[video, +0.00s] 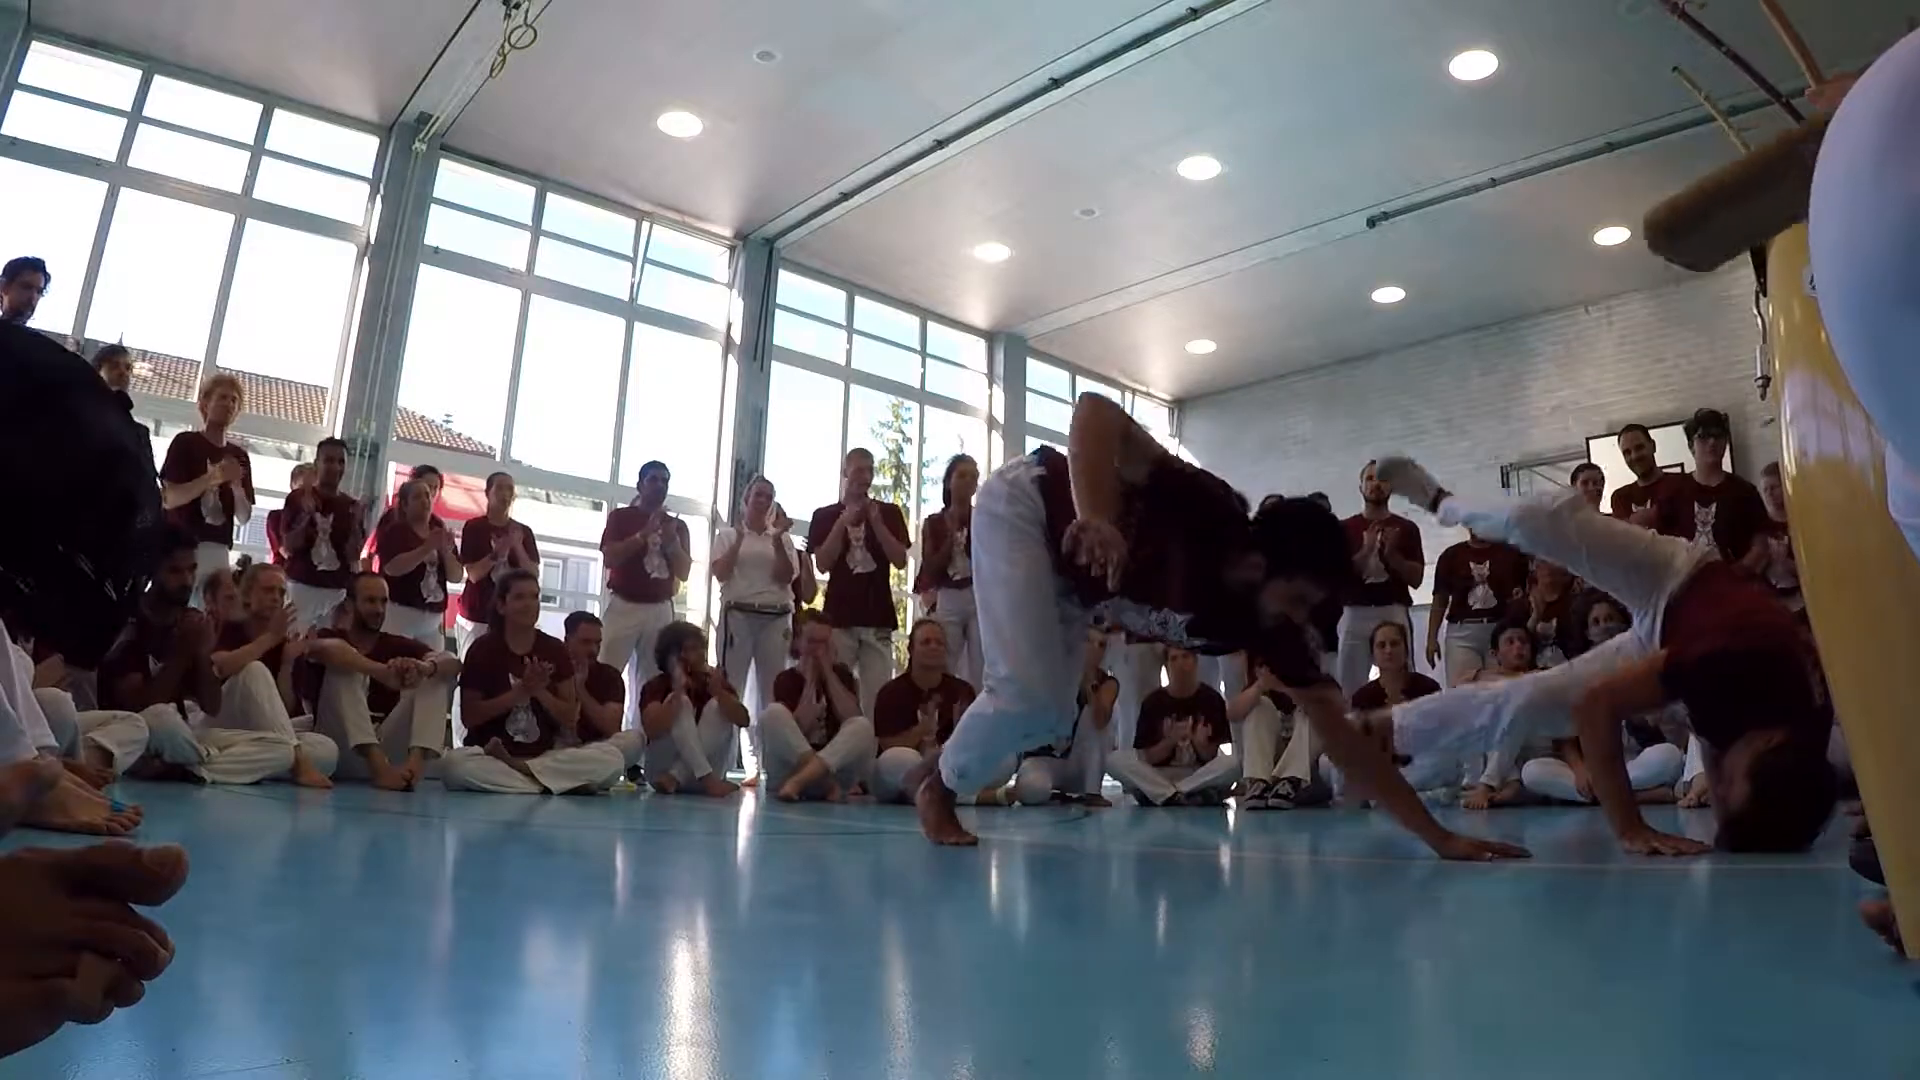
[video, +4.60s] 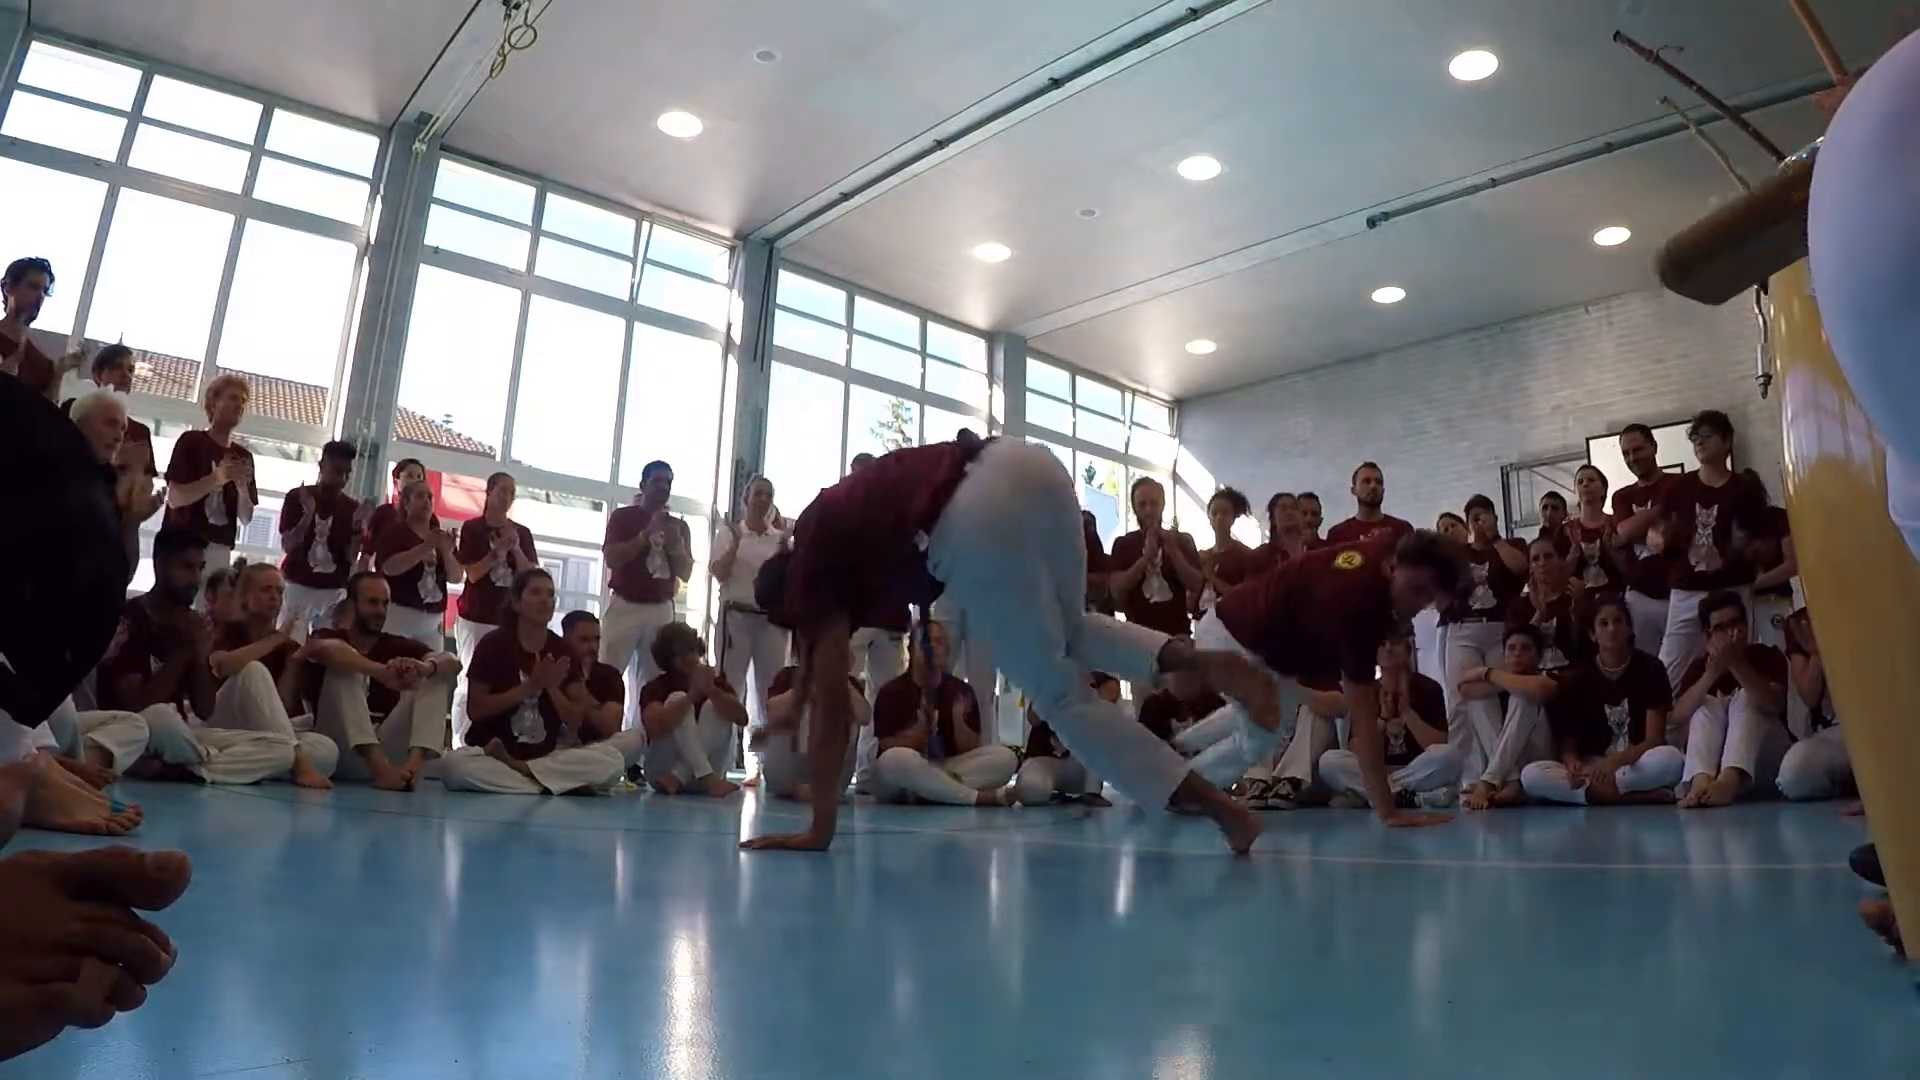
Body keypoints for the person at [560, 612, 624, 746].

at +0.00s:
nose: (593, 650)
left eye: (598, 643)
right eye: (586, 642)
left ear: (601, 643)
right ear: (567, 641)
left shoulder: (610, 675)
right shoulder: (552, 673)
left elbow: (611, 727)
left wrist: (581, 690)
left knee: (635, 738)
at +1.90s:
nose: (593, 650)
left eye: (597, 643)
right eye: (586, 642)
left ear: (601, 643)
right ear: (567, 640)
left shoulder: (609, 674)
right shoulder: (550, 672)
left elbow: (610, 729)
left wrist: (582, 692)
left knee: (634, 739)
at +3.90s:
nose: (591, 646)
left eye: (595, 639)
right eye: (583, 639)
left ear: (599, 640)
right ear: (565, 640)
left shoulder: (609, 675)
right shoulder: (550, 673)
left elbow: (611, 728)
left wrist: (582, 691)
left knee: (634, 738)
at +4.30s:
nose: (591, 646)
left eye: (596, 639)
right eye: (583, 639)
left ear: (600, 640)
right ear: (565, 640)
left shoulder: (609, 675)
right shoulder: (550, 673)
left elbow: (610, 729)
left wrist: (578, 690)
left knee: (634, 738)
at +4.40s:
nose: (592, 646)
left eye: (596, 639)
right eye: (583, 639)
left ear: (600, 640)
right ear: (565, 640)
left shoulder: (610, 675)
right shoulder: (550, 672)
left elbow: (609, 729)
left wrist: (578, 701)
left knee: (634, 738)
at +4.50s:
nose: (592, 646)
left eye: (596, 639)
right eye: (583, 639)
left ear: (600, 640)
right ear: (566, 639)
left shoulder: (609, 675)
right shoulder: (551, 673)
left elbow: (610, 728)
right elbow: (570, 722)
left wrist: (579, 696)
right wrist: (549, 687)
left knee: (633, 738)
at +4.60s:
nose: (593, 647)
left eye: (596, 639)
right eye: (584, 640)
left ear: (600, 640)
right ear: (565, 641)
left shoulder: (610, 674)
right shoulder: (552, 674)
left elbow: (609, 728)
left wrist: (582, 696)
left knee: (634, 738)